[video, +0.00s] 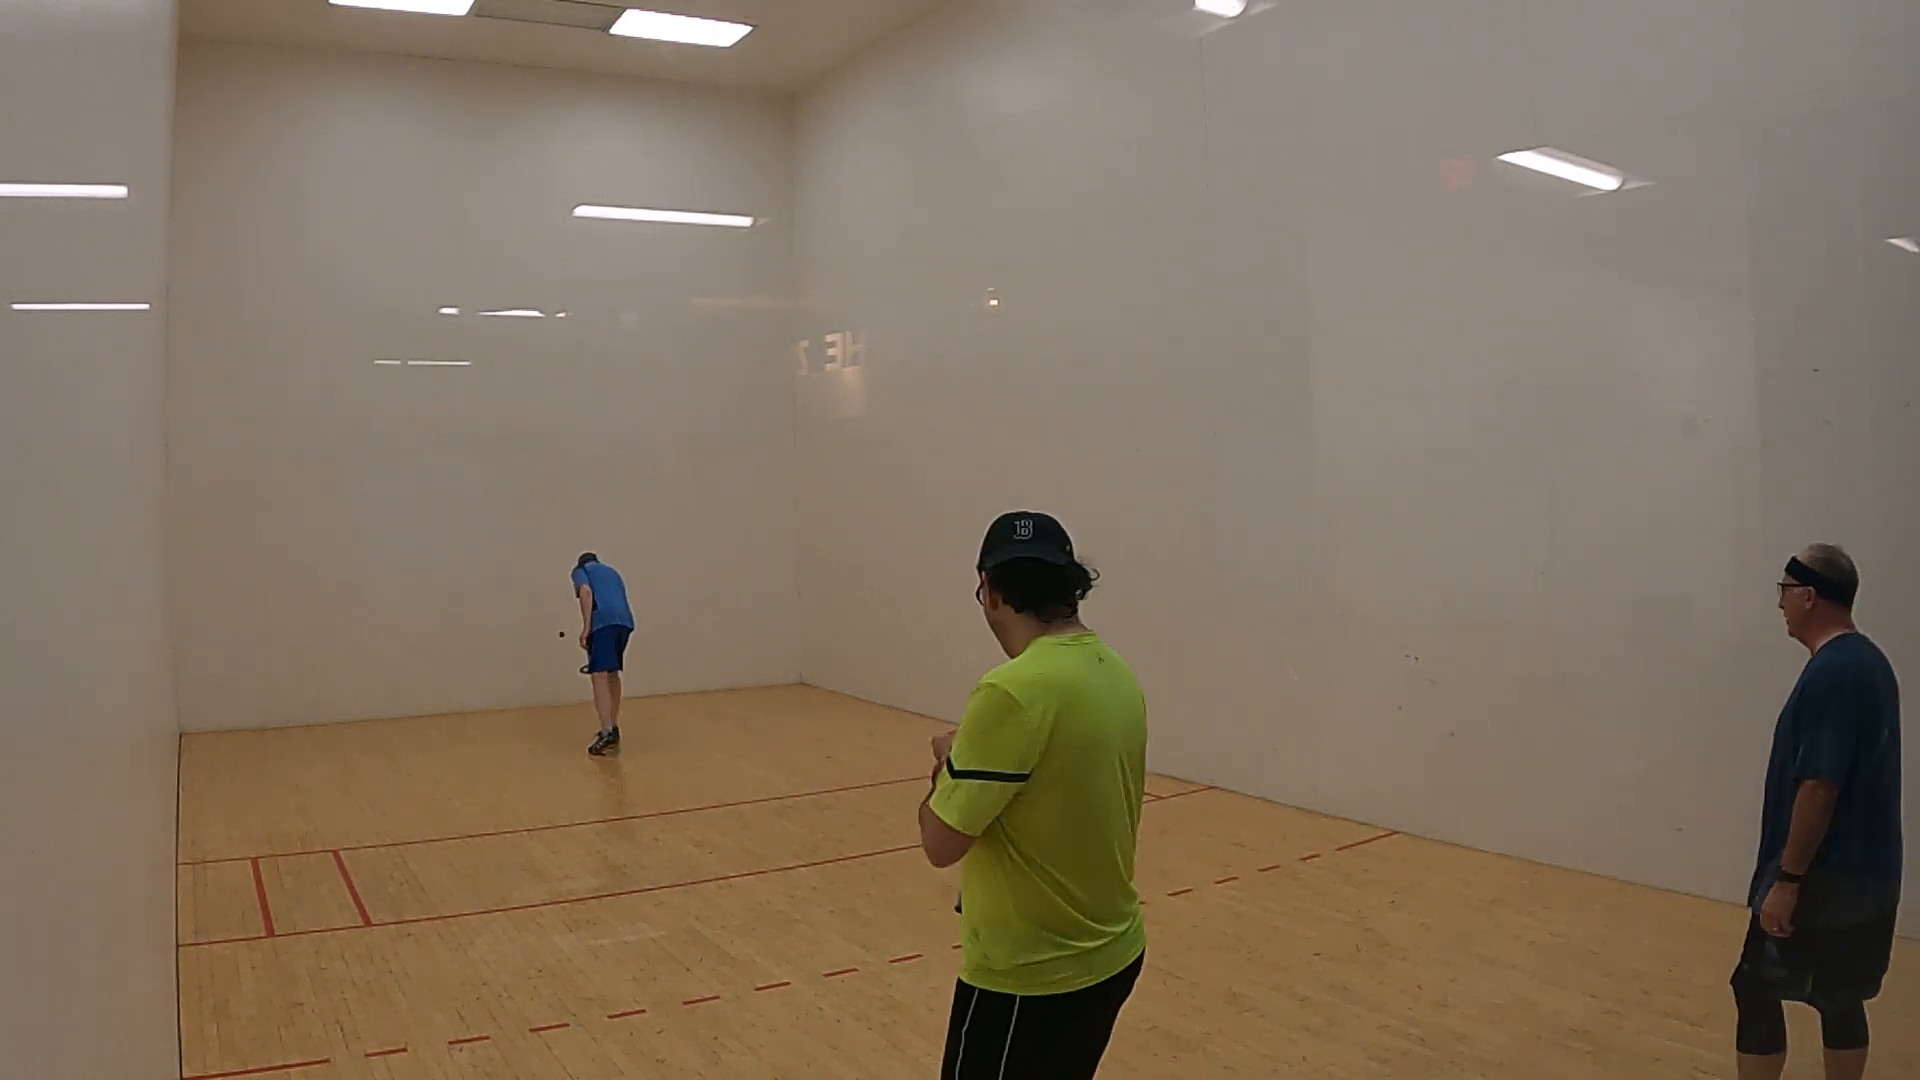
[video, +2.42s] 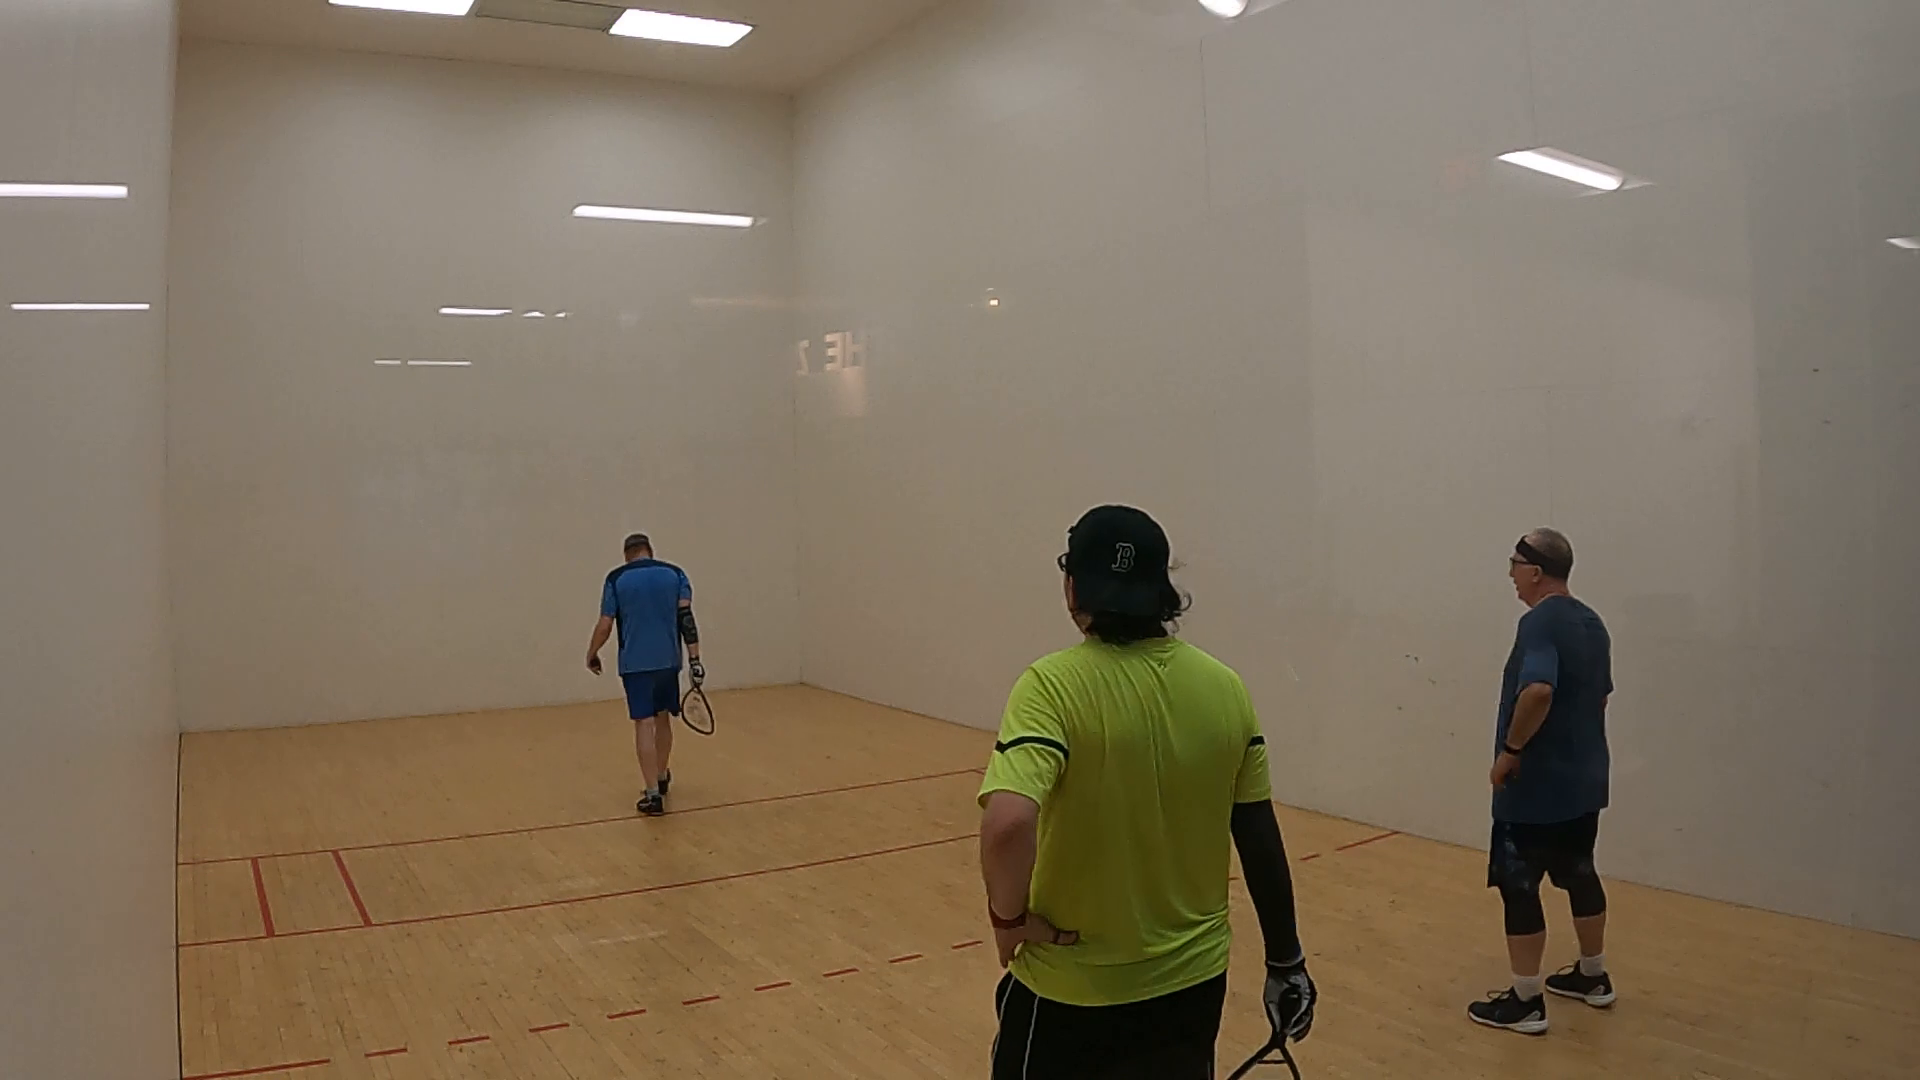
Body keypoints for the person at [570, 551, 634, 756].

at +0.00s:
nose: (580, 571)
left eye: (579, 568)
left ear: (581, 564)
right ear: (597, 561)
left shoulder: (580, 570)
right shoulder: (611, 571)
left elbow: (585, 591)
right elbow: (615, 603)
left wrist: (586, 626)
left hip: (603, 622)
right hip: (625, 622)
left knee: (599, 675)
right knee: (613, 674)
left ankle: (607, 730)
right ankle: (612, 725)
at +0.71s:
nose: (587, 559)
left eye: (586, 556)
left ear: (585, 554)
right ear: (606, 549)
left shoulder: (582, 567)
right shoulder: (626, 563)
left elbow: (583, 600)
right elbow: (638, 595)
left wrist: (581, 638)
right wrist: (635, 626)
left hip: (600, 633)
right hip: (631, 632)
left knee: (599, 686)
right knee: (628, 688)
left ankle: (601, 740)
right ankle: (632, 745)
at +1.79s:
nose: (622, 554)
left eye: (615, 551)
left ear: (613, 550)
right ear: (637, 547)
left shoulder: (604, 573)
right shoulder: (659, 569)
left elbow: (599, 612)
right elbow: (670, 611)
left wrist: (598, 650)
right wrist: (674, 646)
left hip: (620, 652)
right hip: (652, 651)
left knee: (619, 707)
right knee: (653, 708)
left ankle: (618, 762)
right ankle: (657, 772)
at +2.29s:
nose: (635, 554)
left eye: (632, 549)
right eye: (644, 548)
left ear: (628, 550)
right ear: (654, 549)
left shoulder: (617, 574)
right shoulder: (675, 572)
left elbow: (606, 619)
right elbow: (685, 617)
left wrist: (594, 653)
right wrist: (694, 656)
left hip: (631, 662)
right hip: (664, 660)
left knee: (637, 721)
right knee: (660, 715)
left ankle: (648, 784)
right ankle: (658, 777)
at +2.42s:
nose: (633, 558)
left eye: (629, 554)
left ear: (626, 555)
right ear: (651, 551)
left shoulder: (616, 578)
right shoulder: (675, 573)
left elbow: (605, 625)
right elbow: (685, 617)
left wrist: (592, 653)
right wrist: (695, 658)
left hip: (635, 665)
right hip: (669, 663)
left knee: (644, 726)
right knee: (663, 720)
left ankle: (652, 794)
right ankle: (662, 775)